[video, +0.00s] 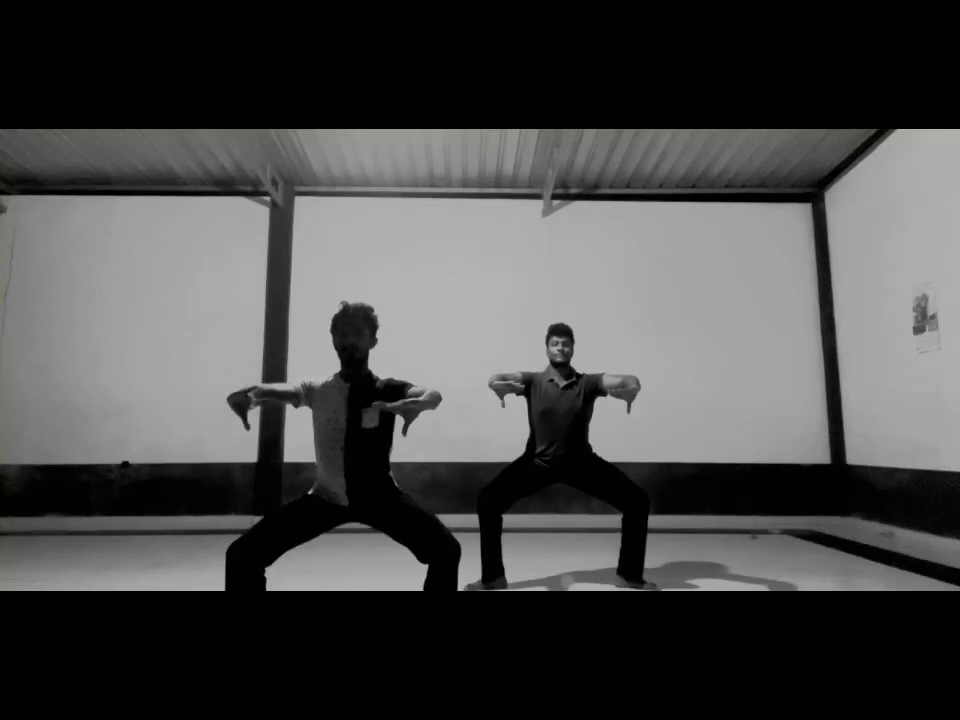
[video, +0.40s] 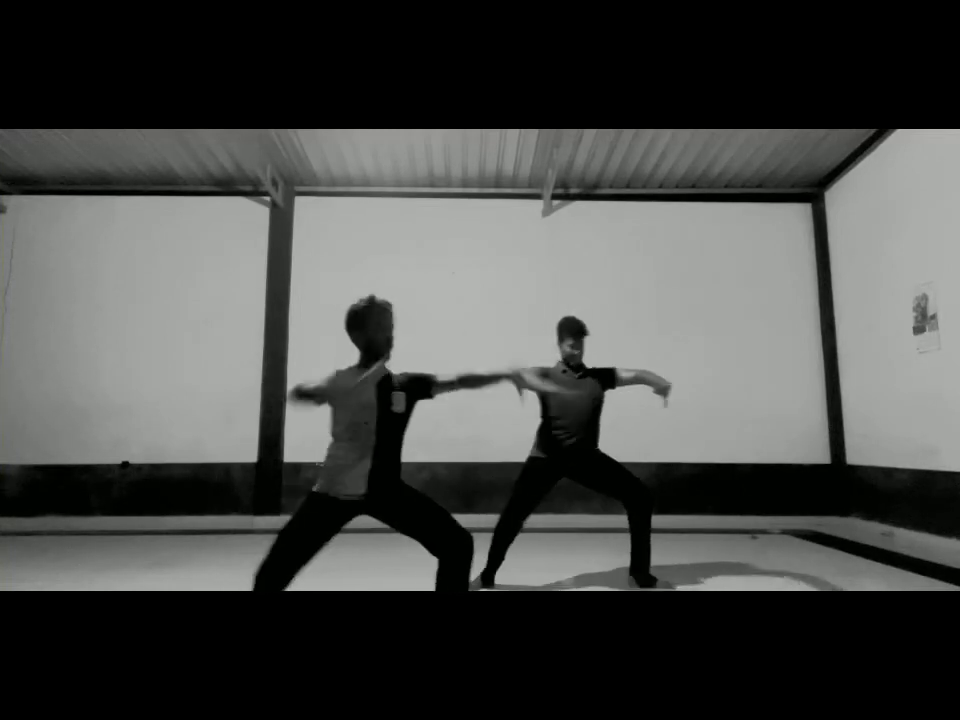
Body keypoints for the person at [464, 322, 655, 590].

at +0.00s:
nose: (560, 348)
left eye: (566, 344)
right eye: (555, 344)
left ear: (572, 349)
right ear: (547, 348)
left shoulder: (587, 382)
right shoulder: (533, 380)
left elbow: (627, 381)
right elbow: (494, 380)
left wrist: (631, 389)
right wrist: (502, 387)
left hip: (580, 462)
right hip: (537, 463)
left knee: (636, 501)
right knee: (489, 500)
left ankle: (630, 575)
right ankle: (493, 578)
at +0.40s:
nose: (575, 349)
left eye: (578, 343)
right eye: (569, 344)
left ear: (584, 344)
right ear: (559, 345)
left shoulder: (599, 378)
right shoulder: (544, 377)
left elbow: (639, 376)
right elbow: (504, 376)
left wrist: (663, 386)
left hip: (586, 458)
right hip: (547, 459)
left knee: (639, 497)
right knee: (514, 513)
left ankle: (640, 571)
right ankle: (488, 574)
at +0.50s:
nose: (592, 342)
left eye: (595, 337)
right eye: (585, 338)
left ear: (599, 341)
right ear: (574, 342)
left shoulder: (607, 378)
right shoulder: (564, 370)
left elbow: (646, 378)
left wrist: (672, 390)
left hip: (589, 457)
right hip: (553, 455)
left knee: (640, 497)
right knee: (522, 511)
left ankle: (642, 572)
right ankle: (485, 574)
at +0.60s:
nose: (614, 347)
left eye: (614, 343)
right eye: (609, 343)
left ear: (612, 348)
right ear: (592, 346)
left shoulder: (611, 385)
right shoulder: (577, 368)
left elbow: (644, 389)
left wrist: (661, 396)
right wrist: (635, 356)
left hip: (583, 456)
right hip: (551, 451)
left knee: (632, 496)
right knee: (520, 507)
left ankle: (642, 572)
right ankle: (480, 566)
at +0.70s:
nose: (620, 366)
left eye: (623, 362)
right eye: (616, 360)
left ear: (618, 361)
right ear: (600, 355)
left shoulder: (602, 387)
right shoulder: (585, 373)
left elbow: (623, 398)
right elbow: (623, 376)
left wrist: (642, 405)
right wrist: (663, 370)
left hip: (572, 453)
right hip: (547, 451)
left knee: (624, 495)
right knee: (518, 510)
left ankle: (641, 571)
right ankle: (481, 574)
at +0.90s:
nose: (593, 361)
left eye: (595, 357)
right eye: (592, 355)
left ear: (577, 349)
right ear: (583, 351)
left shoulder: (579, 376)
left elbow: (613, 387)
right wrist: (642, 424)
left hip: (569, 454)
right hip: (540, 454)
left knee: (623, 493)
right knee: (510, 513)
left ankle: (637, 571)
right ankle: (478, 579)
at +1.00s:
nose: (571, 350)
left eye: (574, 344)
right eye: (566, 344)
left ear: (576, 346)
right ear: (552, 343)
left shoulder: (575, 375)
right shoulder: (540, 380)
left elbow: (610, 374)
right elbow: (555, 416)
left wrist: (622, 382)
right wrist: (599, 433)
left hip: (574, 455)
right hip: (540, 457)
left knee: (632, 489)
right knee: (509, 511)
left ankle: (639, 567)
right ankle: (479, 574)